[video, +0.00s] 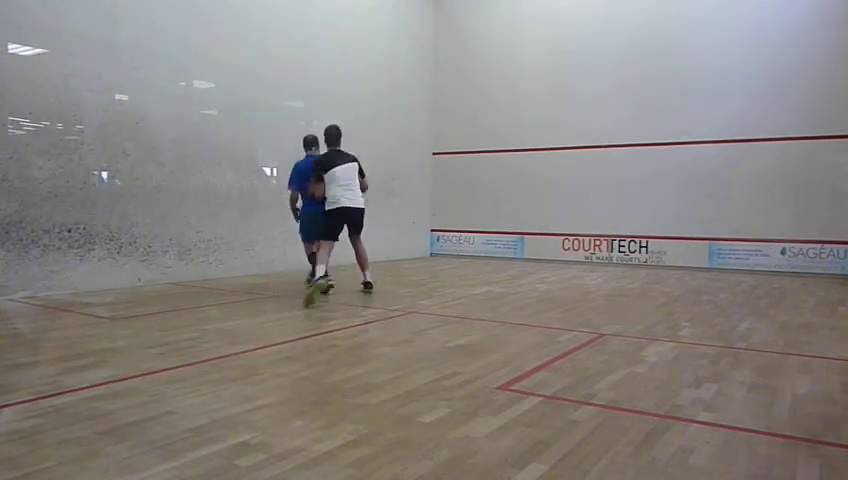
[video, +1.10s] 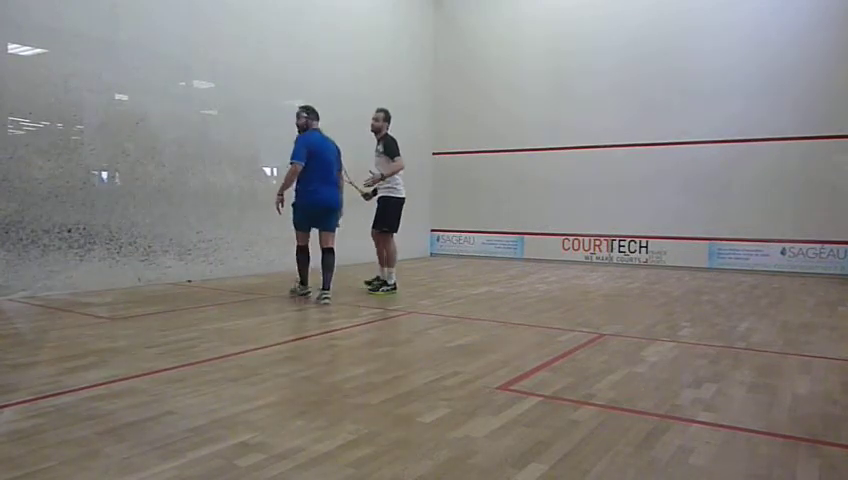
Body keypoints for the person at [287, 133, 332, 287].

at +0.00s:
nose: (313, 149)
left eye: (307, 147)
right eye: (315, 146)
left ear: (304, 148)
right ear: (318, 146)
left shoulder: (300, 166)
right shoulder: (327, 162)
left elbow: (294, 194)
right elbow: (335, 185)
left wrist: (294, 211)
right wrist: (334, 204)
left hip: (308, 209)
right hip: (327, 208)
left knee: (308, 241)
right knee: (324, 241)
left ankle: (315, 268)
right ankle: (322, 273)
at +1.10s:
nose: (296, 123)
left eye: (299, 119)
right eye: (296, 119)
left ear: (309, 120)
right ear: (315, 122)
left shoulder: (303, 140)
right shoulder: (332, 144)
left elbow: (296, 168)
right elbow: (339, 177)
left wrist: (281, 191)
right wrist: (339, 203)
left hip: (307, 199)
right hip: (332, 199)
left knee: (302, 241)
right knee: (328, 243)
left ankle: (303, 284)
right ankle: (326, 289)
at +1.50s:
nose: (290, 115)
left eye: (294, 111)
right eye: (289, 111)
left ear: (305, 114)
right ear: (307, 116)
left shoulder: (304, 135)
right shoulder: (318, 136)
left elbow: (302, 166)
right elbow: (333, 170)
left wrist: (285, 188)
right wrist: (337, 197)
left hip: (310, 198)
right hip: (326, 196)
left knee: (315, 244)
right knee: (324, 242)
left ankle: (335, 295)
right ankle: (329, 287)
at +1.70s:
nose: (277, 112)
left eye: (281, 107)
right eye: (275, 108)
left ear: (294, 111)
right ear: (280, 112)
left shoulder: (296, 131)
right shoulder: (299, 133)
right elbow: (316, 170)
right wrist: (324, 201)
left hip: (311, 200)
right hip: (306, 200)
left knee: (319, 243)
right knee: (301, 242)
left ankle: (336, 297)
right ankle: (312, 291)